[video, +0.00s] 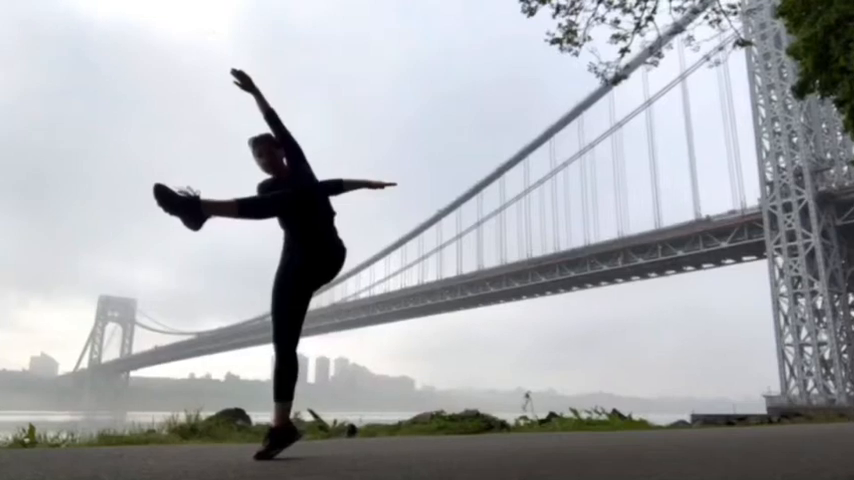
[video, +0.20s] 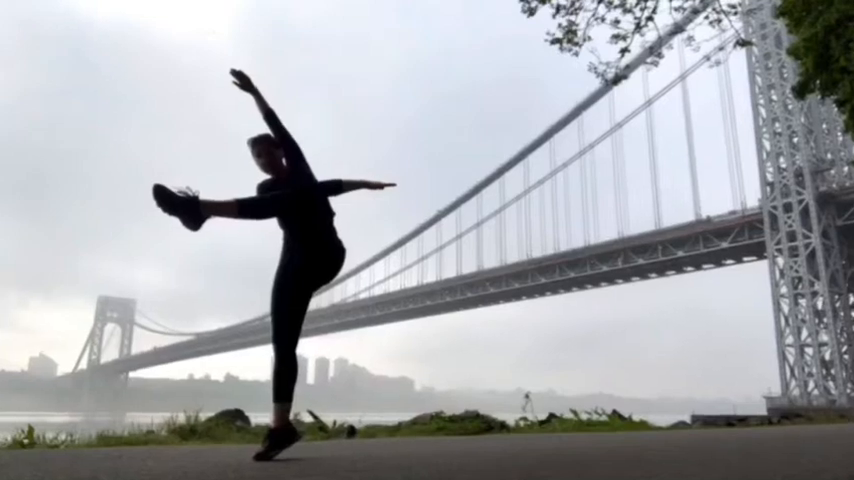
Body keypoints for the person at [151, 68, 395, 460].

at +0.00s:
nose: (263, 160)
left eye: (267, 153)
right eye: (258, 156)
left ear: (281, 150)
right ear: (257, 161)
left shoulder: (300, 170)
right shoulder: (268, 191)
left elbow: (281, 129)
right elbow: (325, 188)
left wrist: (255, 91)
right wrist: (367, 184)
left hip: (326, 253)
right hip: (296, 262)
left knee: (285, 201)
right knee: (285, 343)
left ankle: (202, 209)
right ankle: (282, 425)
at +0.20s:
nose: (261, 160)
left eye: (266, 153)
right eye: (257, 157)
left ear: (280, 151)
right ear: (256, 161)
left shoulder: (300, 173)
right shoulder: (267, 192)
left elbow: (281, 130)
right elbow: (325, 188)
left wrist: (255, 92)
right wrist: (367, 185)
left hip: (325, 254)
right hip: (295, 263)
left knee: (283, 202)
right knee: (284, 343)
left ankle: (202, 209)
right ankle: (281, 426)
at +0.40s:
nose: (261, 160)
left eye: (266, 153)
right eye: (257, 157)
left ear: (280, 151)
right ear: (255, 162)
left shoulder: (299, 172)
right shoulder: (267, 192)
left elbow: (280, 131)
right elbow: (323, 189)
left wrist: (254, 92)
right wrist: (365, 185)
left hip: (325, 255)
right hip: (294, 263)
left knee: (284, 202)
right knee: (284, 344)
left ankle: (201, 209)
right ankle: (281, 426)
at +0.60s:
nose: (261, 161)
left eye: (265, 154)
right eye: (256, 158)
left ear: (280, 151)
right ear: (255, 162)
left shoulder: (299, 173)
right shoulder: (267, 193)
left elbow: (280, 131)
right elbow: (323, 189)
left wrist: (254, 93)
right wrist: (366, 185)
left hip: (324, 256)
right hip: (294, 264)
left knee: (283, 203)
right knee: (283, 345)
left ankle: (200, 210)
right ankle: (280, 427)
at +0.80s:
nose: (261, 161)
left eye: (265, 154)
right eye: (256, 158)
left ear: (279, 152)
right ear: (254, 163)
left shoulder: (298, 173)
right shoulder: (266, 192)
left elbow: (279, 131)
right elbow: (322, 189)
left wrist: (253, 92)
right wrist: (365, 186)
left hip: (324, 256)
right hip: (293, 265)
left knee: (284, 203)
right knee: (282, 346)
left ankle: (200, 210)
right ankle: (279, 428)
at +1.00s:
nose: (260, 161)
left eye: (264, 154)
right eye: (255, 158)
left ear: (279, 153)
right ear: (254, 163)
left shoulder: (297, 173)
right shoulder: (265, 193)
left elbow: (278, 131)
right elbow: (320, 190)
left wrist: (252, 93)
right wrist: (362, 186)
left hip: (323, 256)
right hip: (293, 265)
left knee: (281, 203)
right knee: (282, 346)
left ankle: (198, 211)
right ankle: (279, 429)